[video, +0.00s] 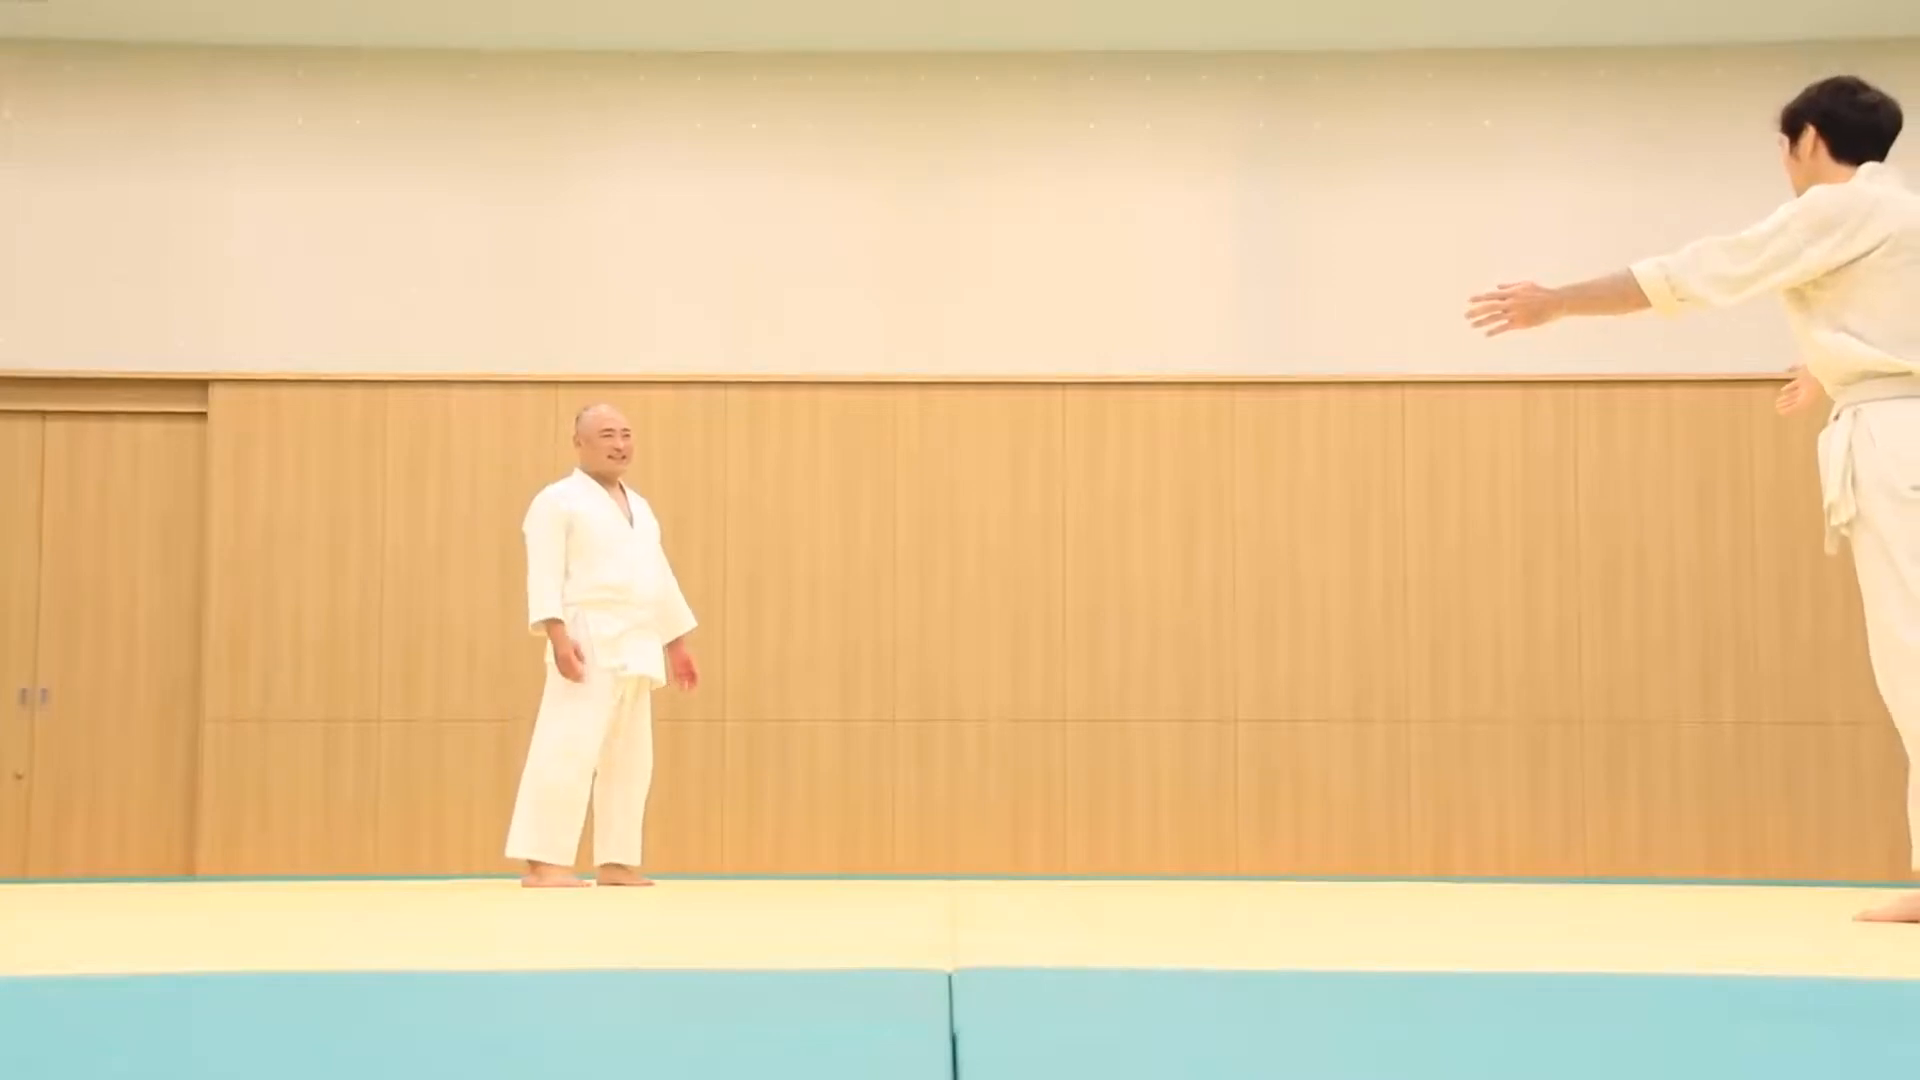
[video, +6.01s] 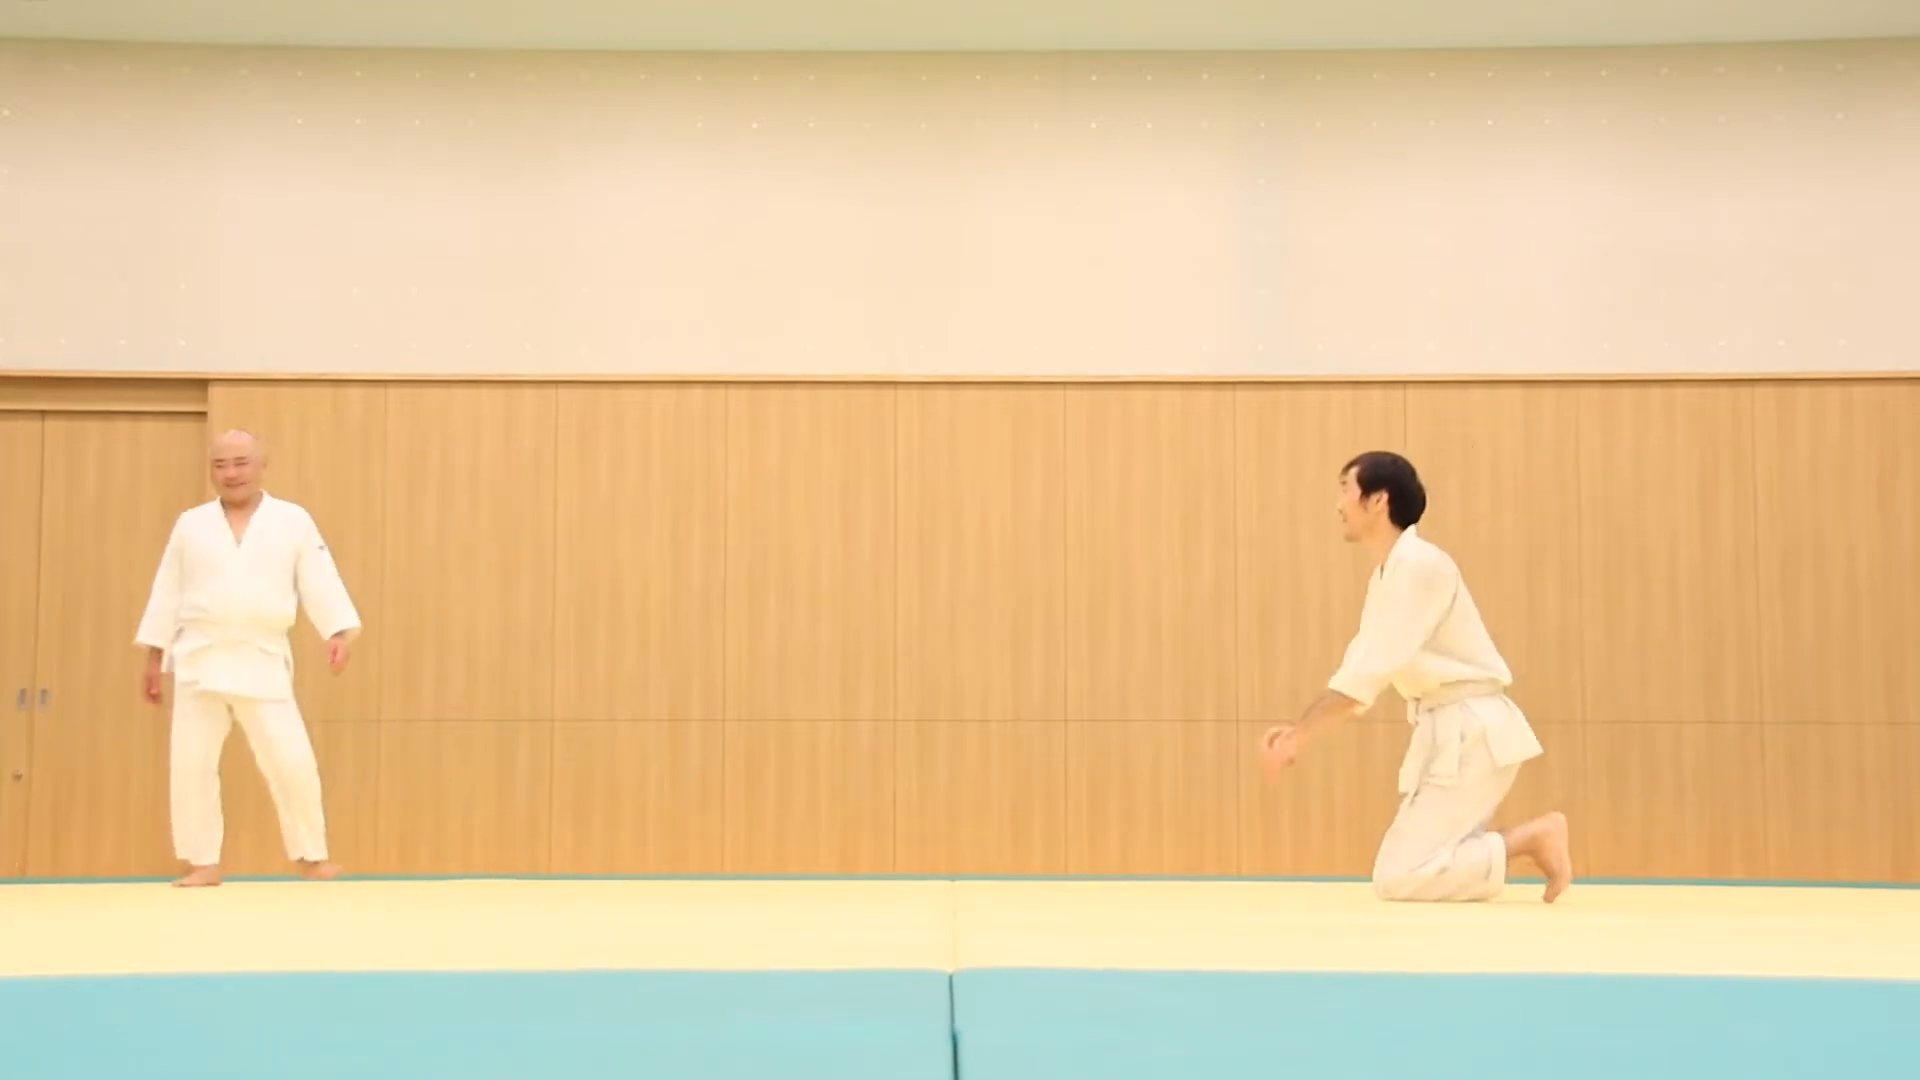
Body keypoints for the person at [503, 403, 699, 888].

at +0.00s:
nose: (620, 443)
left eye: (626, 435)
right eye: (607, 435)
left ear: (633, 444)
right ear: (579, 445)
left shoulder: (638, 505)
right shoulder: (557, 501)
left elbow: (659, 578)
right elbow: (543, 575)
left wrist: (675, 642)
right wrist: (557, 635)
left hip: (637, 651)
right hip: (585, 647)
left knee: (628, 757)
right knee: (565, 753)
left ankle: (616, 862)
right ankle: (543, 863)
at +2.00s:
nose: (639, 450)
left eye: (644, 441)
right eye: (626, 441)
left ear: (650, 449)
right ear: (598, 449)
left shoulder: (660, 509)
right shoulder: (566, 505)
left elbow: (684, 578)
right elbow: (545, 574)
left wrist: (707, 643)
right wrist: (538, 636)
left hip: (639, 648)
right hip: (580, 645)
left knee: (631, 759)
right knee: (568, 752)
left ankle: (617, 865)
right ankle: (553, 860)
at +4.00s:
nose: (597, 473)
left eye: (605, 463)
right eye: (585, 465)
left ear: (618, 466)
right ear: (569, 471)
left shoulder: (641, 519)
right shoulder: (545, 517)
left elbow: (672, 579)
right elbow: (520, 580)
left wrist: (701, 637)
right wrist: (502, 642)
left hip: (609, 653)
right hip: (550, 650)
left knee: (609, 761)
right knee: (536, 753)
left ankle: (609, 864)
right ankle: (535, 855)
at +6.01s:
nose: (231, 472)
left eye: (241, 463)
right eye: (221, 464)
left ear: (262, 468)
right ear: (211, 471)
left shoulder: (291, 521)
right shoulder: (191, 525)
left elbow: (319, 578)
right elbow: (167, 592)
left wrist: (338, 629)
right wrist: (154, 657)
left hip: (262, 662)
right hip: (199, 661)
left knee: (293, 761)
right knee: (192, 765)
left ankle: (313, 858)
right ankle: (204, 866)